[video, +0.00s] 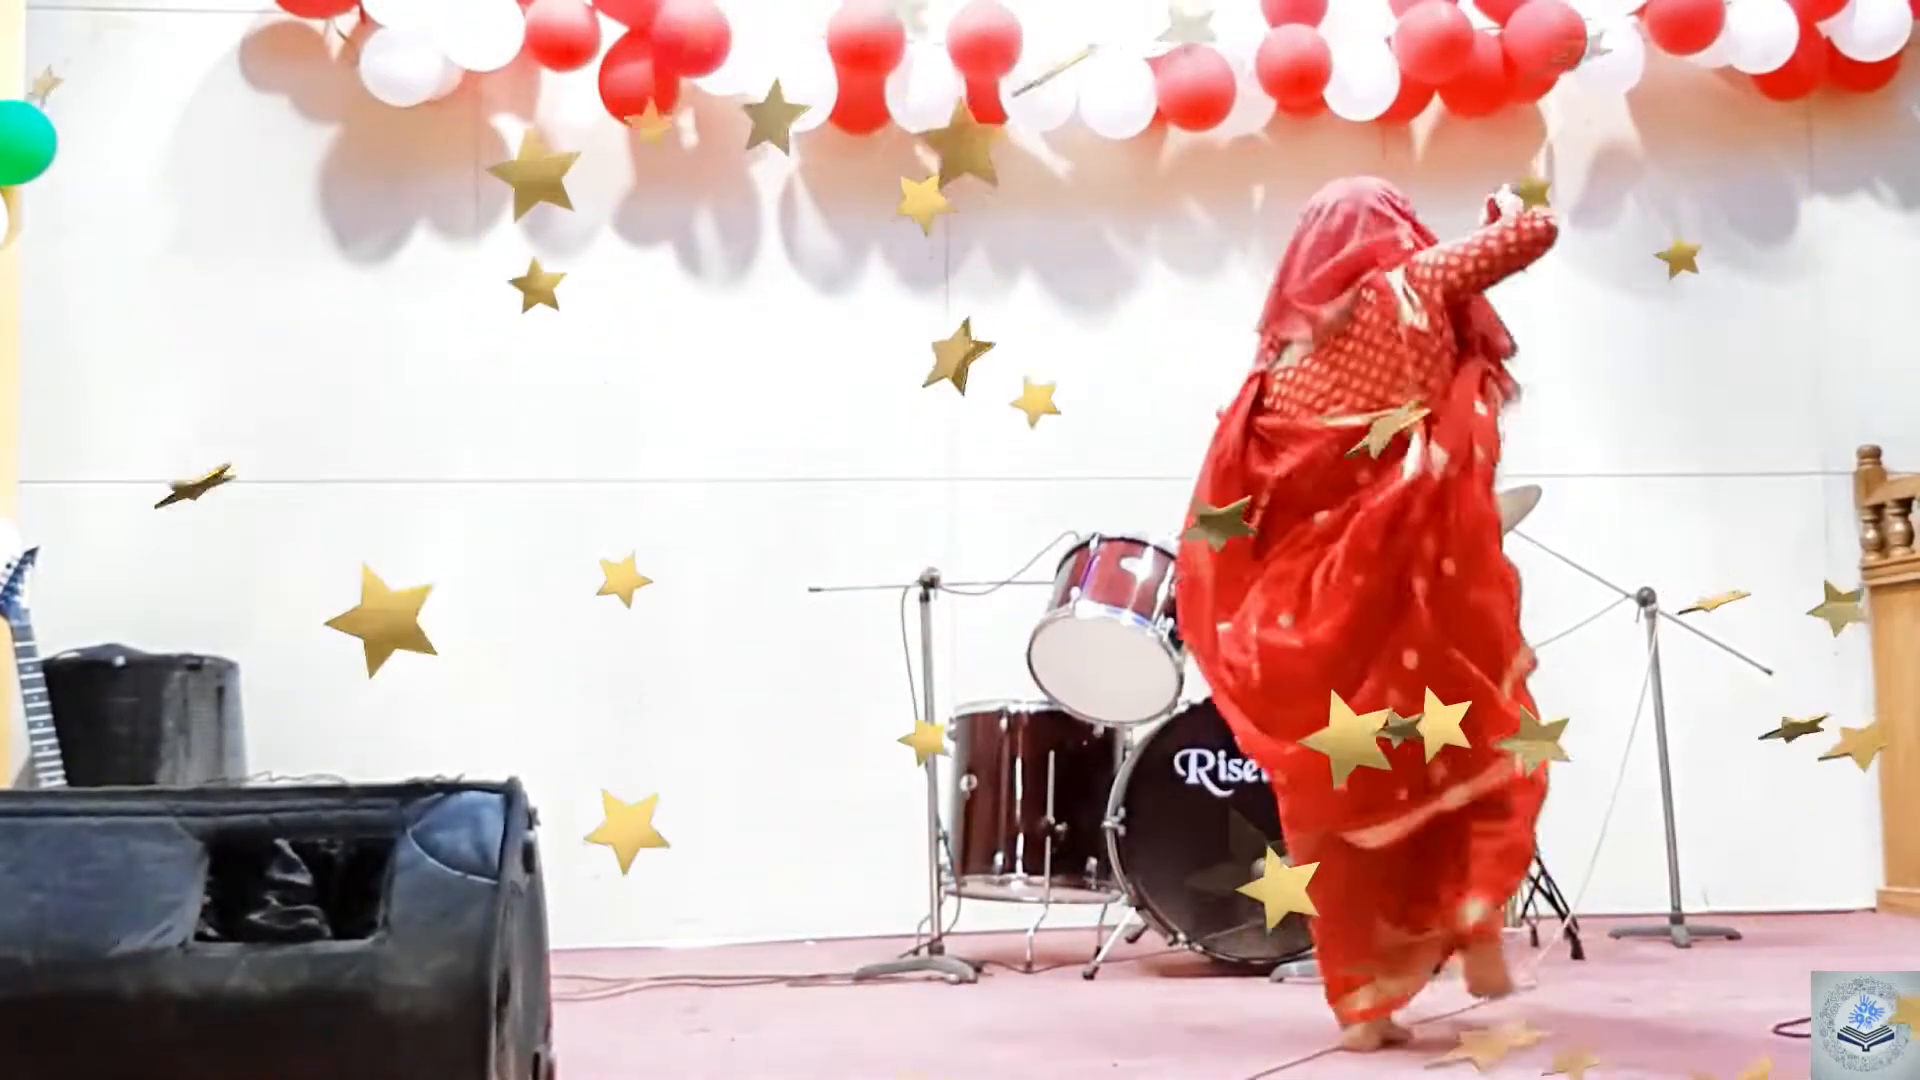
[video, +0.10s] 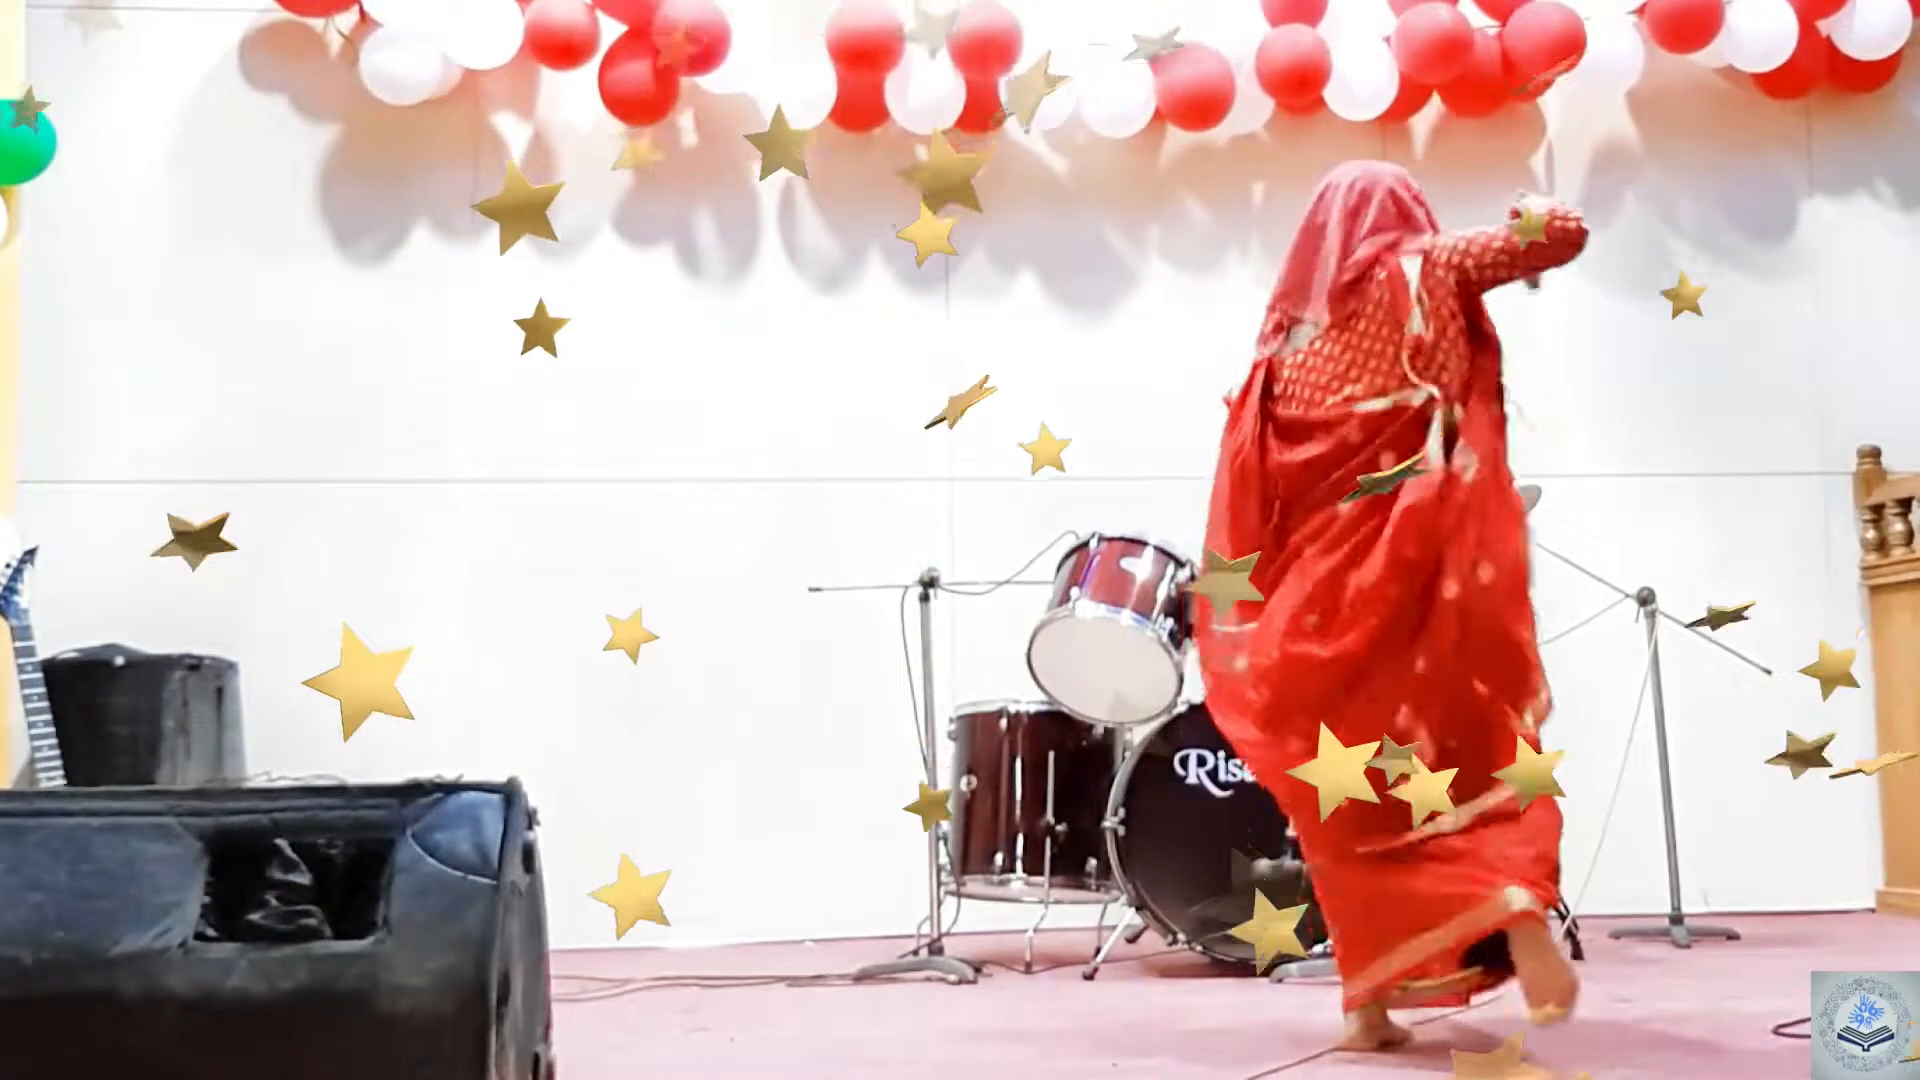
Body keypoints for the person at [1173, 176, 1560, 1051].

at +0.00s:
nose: (1415, 237)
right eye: (1407, 225)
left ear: (1303, 253)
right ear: (1399, 233)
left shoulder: (1275, 368)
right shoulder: (1416, 288)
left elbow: (1238, 499)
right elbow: (1530, 232)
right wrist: (1514, 216)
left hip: (1314, 599)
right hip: (1428, 581)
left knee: (1337, 792)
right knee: (1474, 748)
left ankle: (1363, 1000)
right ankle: (1476, 909)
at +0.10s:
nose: (1417, 230)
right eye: (1415, 217)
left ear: (1314, 237)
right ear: (1411, 221)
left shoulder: (1278, 357)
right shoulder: (1431, 268)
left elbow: (1241, 514)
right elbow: (1556, 238)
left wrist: (1243, 612)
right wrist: (1537, 224)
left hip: (1326, 577)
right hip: (1440, 551)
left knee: (1338, 787)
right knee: (1492, 745)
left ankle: (1366, 997)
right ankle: (1521, 899)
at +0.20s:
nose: (1501, 233)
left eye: (1488, 214)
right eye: (1494, 216)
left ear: (1386, 229)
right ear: (1486, 222)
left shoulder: (1341, 338)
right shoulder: (1511, 276)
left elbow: (1324, 501)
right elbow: (1639, 283)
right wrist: (1653, 314)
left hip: (1400, 608)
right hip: (1524, 596)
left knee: (1421, 793)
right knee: (1570, 782)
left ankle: (1426, 1006)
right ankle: (1609, 1015)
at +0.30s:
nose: (1524, 272)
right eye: (1515, 250)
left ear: (1401, 259)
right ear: (1508, 257)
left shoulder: (1357, 372)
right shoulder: (1521, 332)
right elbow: (1609, 410)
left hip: (1430, 640)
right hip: (1540, 638)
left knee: (1459, 818)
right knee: (1580, 817)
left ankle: (1460, 1009)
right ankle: (1589, 1025)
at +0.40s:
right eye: (1517, 275)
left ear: (1407, 292)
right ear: (1514, 284)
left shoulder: (1367, 400)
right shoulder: (1543, 377)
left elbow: (1317, 441)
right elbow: (1623, 495)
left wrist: (1297, 397)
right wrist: (1721, 567)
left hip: (1444, 653)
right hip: (1556, 648)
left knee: (1486, 844)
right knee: (1596, 848)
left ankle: (1495, 1032)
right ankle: (1609, 1051)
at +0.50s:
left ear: (1400, 264)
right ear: (1504, 259)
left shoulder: (1366, 373)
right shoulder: (1546, 352)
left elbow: (1308, 434)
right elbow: (1637, 432)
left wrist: (1273, 414)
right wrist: (1704, 458)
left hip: (1450, 629)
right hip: (1564, 614)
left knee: (1474, 827)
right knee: (1594, 817)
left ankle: (1488, 1021)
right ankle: (1619, 1028)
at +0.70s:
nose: (1417, 275)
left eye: (1412, 257)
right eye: (1416, 258)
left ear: (1370, 253)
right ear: (1484, 241)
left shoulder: (1369, 355)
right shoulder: (1535, 322)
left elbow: (1318, 468)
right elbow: (1564, 436)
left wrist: (1263, 539)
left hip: (1396, 594)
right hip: (1525, 574)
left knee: (1416, 792)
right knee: (1532, 754)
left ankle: (1460, 1008)